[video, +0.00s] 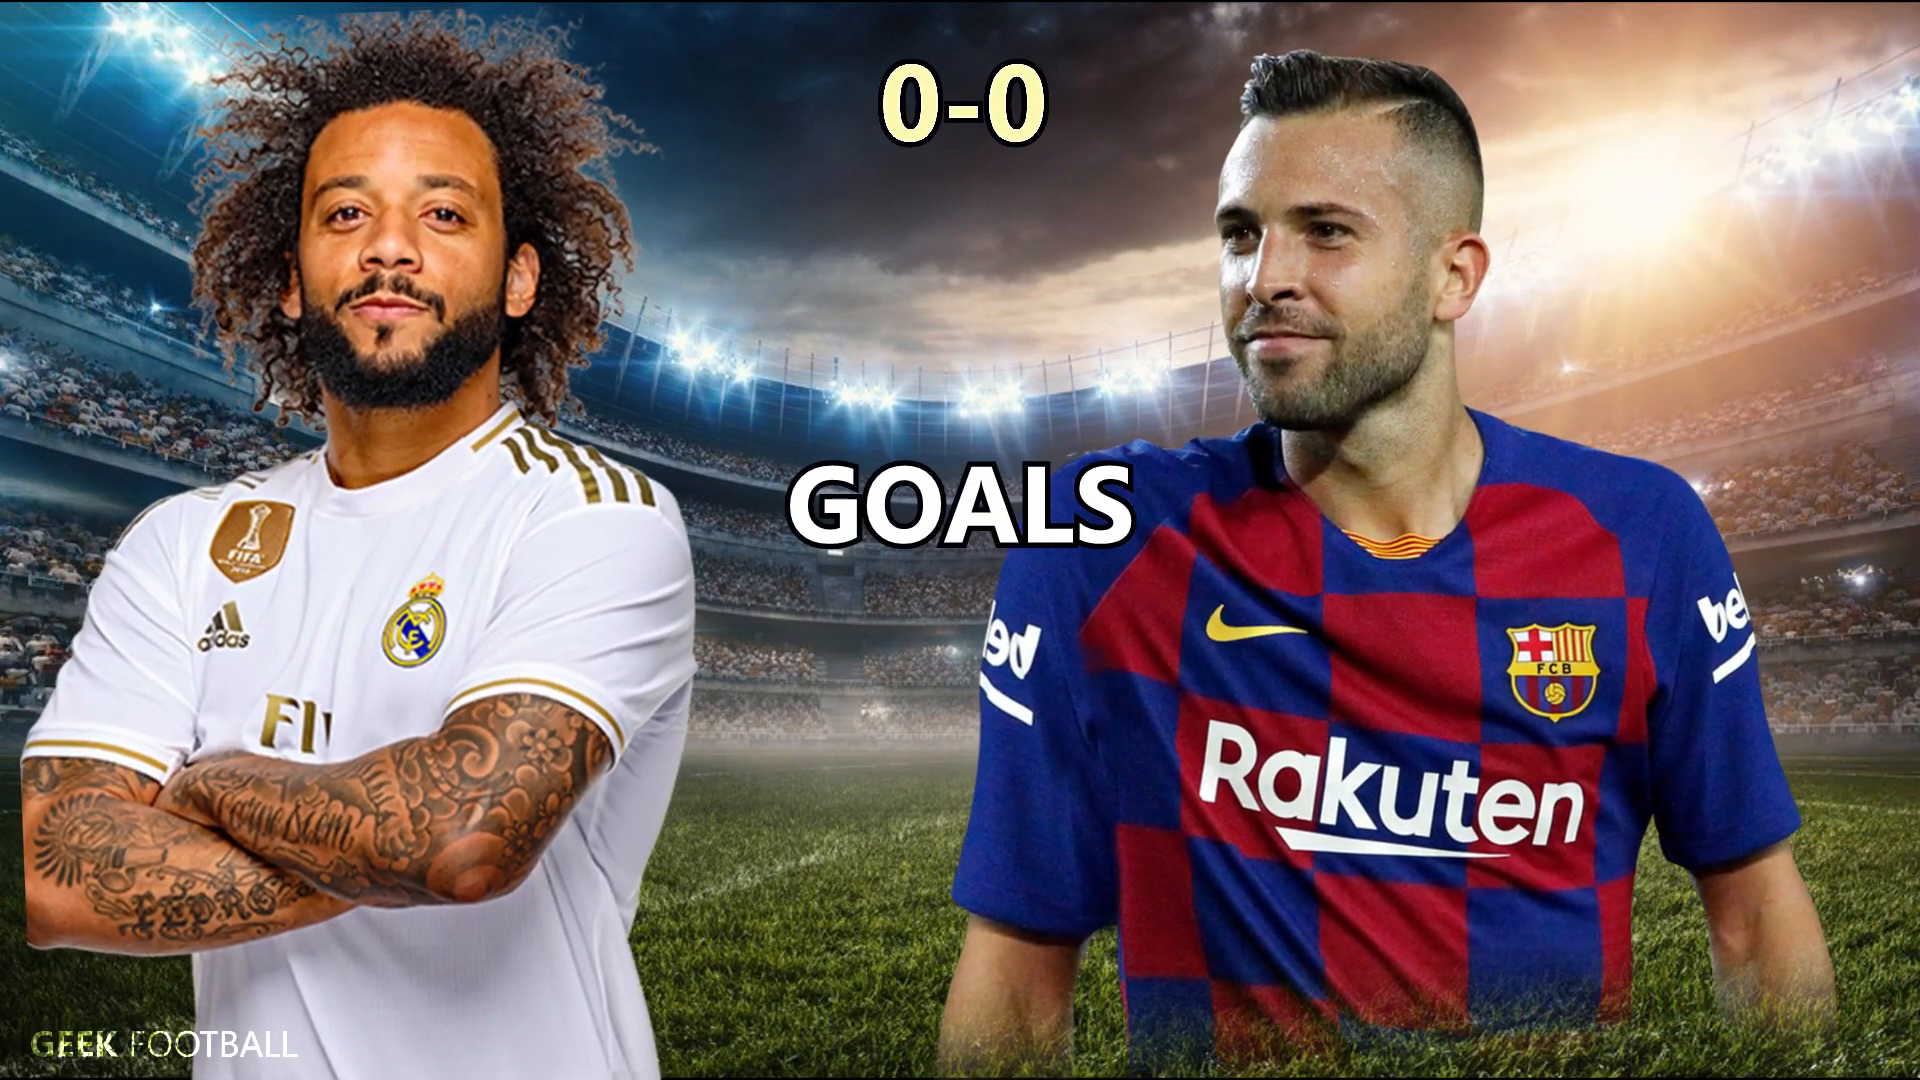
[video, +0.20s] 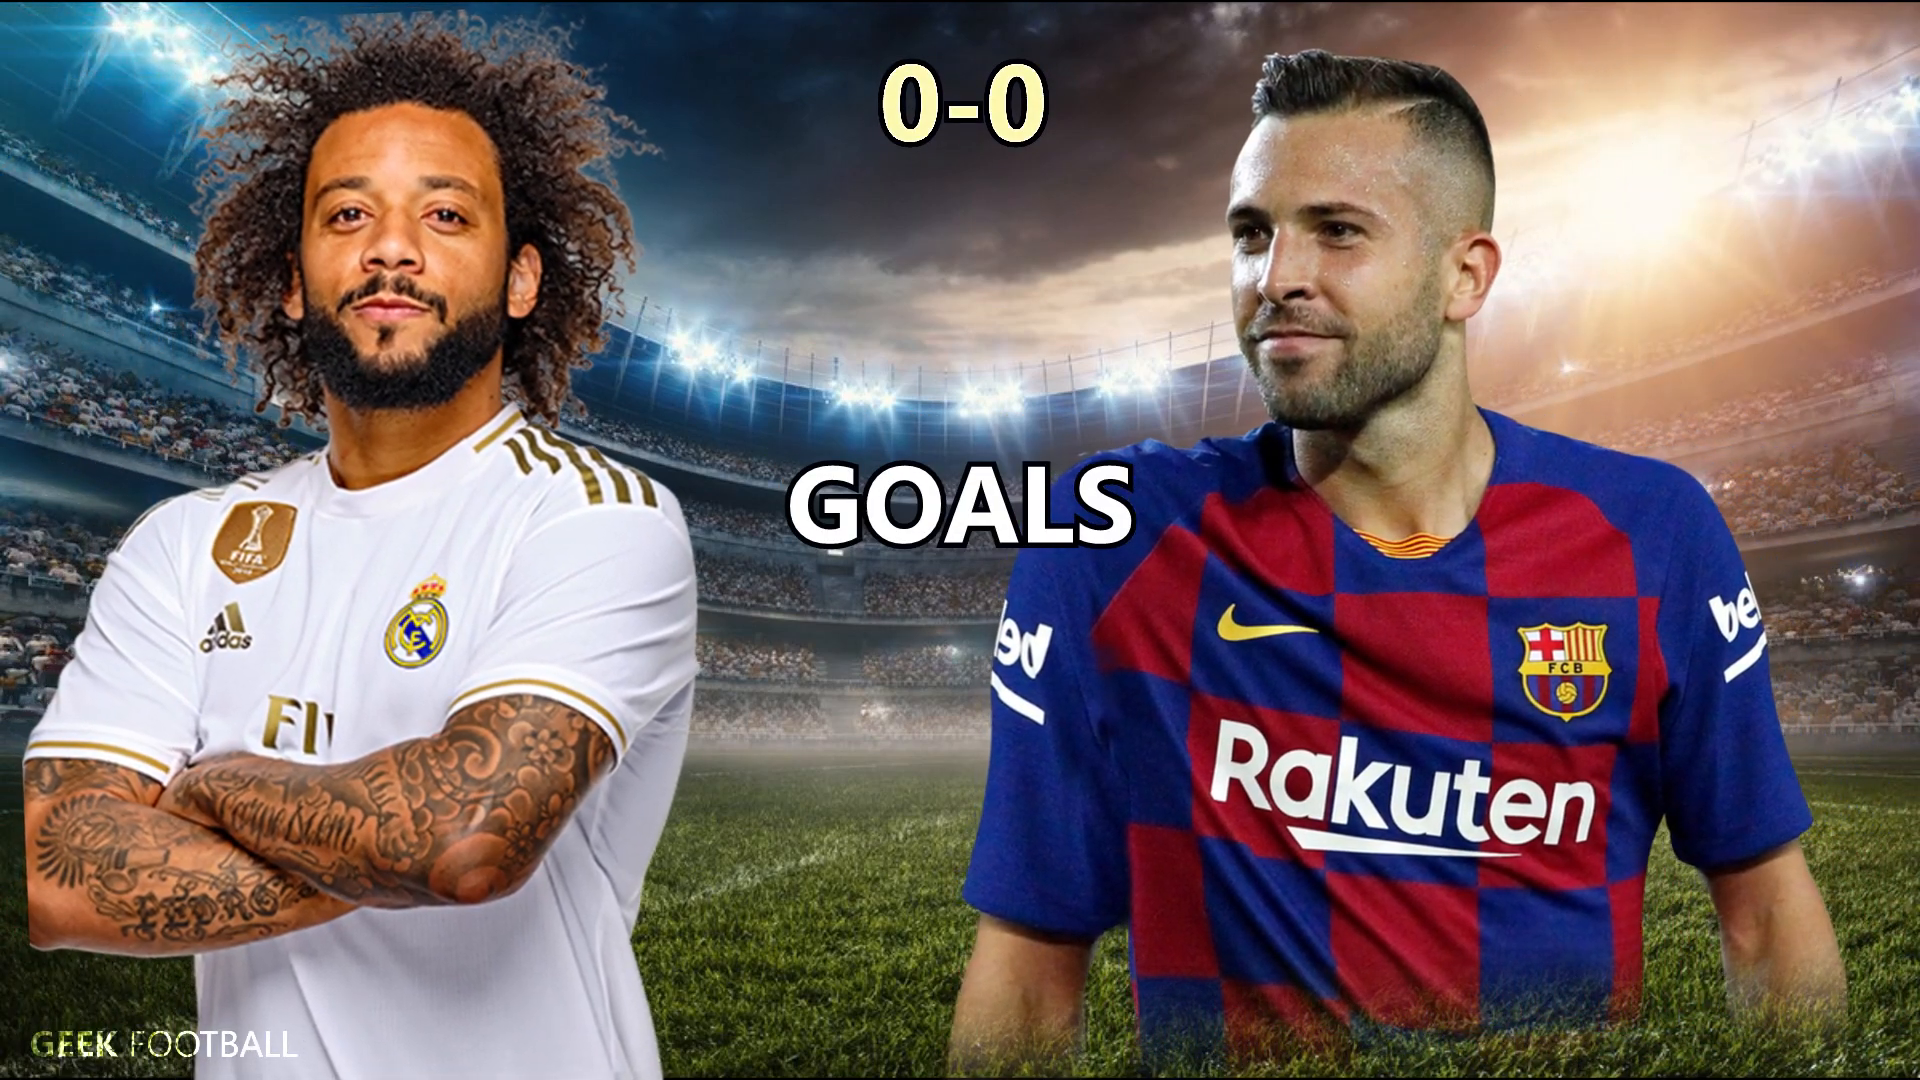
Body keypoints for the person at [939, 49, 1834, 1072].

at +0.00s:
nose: (1264, 279)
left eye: (1327, 233)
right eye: (1242, 236)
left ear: (1457, 275)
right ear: (1218, 257)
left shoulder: (1646, 538)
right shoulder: (1099, 546)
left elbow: (1756, 911)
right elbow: (1017, 965)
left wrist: (1804, 1076)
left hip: (1547, 1049)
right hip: (1221, 1050)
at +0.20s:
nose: (1274, 278)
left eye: (1337, 232)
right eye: (1252, 236)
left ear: (1468, 276)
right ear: (1228, 256)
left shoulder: (1657, 537)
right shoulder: (1111, 543)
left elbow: (1767, 911)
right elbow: (1028, 966)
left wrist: (1816, 1075)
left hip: (1556, 1050)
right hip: (1232, 1051)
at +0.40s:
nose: (1283, 278)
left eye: (1346, 231)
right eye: (1261, 235)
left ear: (1477, 275)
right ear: (1237, 256)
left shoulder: (1664, 536)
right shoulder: (1122, 539)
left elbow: (1778, 917)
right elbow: (1035, 971)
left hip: (1566, 1051)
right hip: (1239, 1053)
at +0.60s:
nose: (1288, 277)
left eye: (1352, 231)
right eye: (1267, 234)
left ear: (1482, 274)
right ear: (1242, 257)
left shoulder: (1671, 536)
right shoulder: (1126, 541)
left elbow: (1785, 917)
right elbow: (1041, 970)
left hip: (1575, 1054)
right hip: (1248, 1054)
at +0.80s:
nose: (1292, 277)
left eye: (1355, 231)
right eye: (1270, 234)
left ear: (1486, 274)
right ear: (1245, 256)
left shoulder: (1673, 536)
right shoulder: (1129, 540)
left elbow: (1786, 911)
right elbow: (1046, 963)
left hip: (1579, 1057)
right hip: (1247, 1054)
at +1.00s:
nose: (1313, 272)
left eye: (1376, 226)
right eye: (1290, 229)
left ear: (1505, 269)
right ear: (1267, 251)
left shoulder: (1691, 531)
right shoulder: (1146, 533)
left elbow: (1803, 909)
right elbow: (1062, 958)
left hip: (1594, 1053)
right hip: (1260, 1054)